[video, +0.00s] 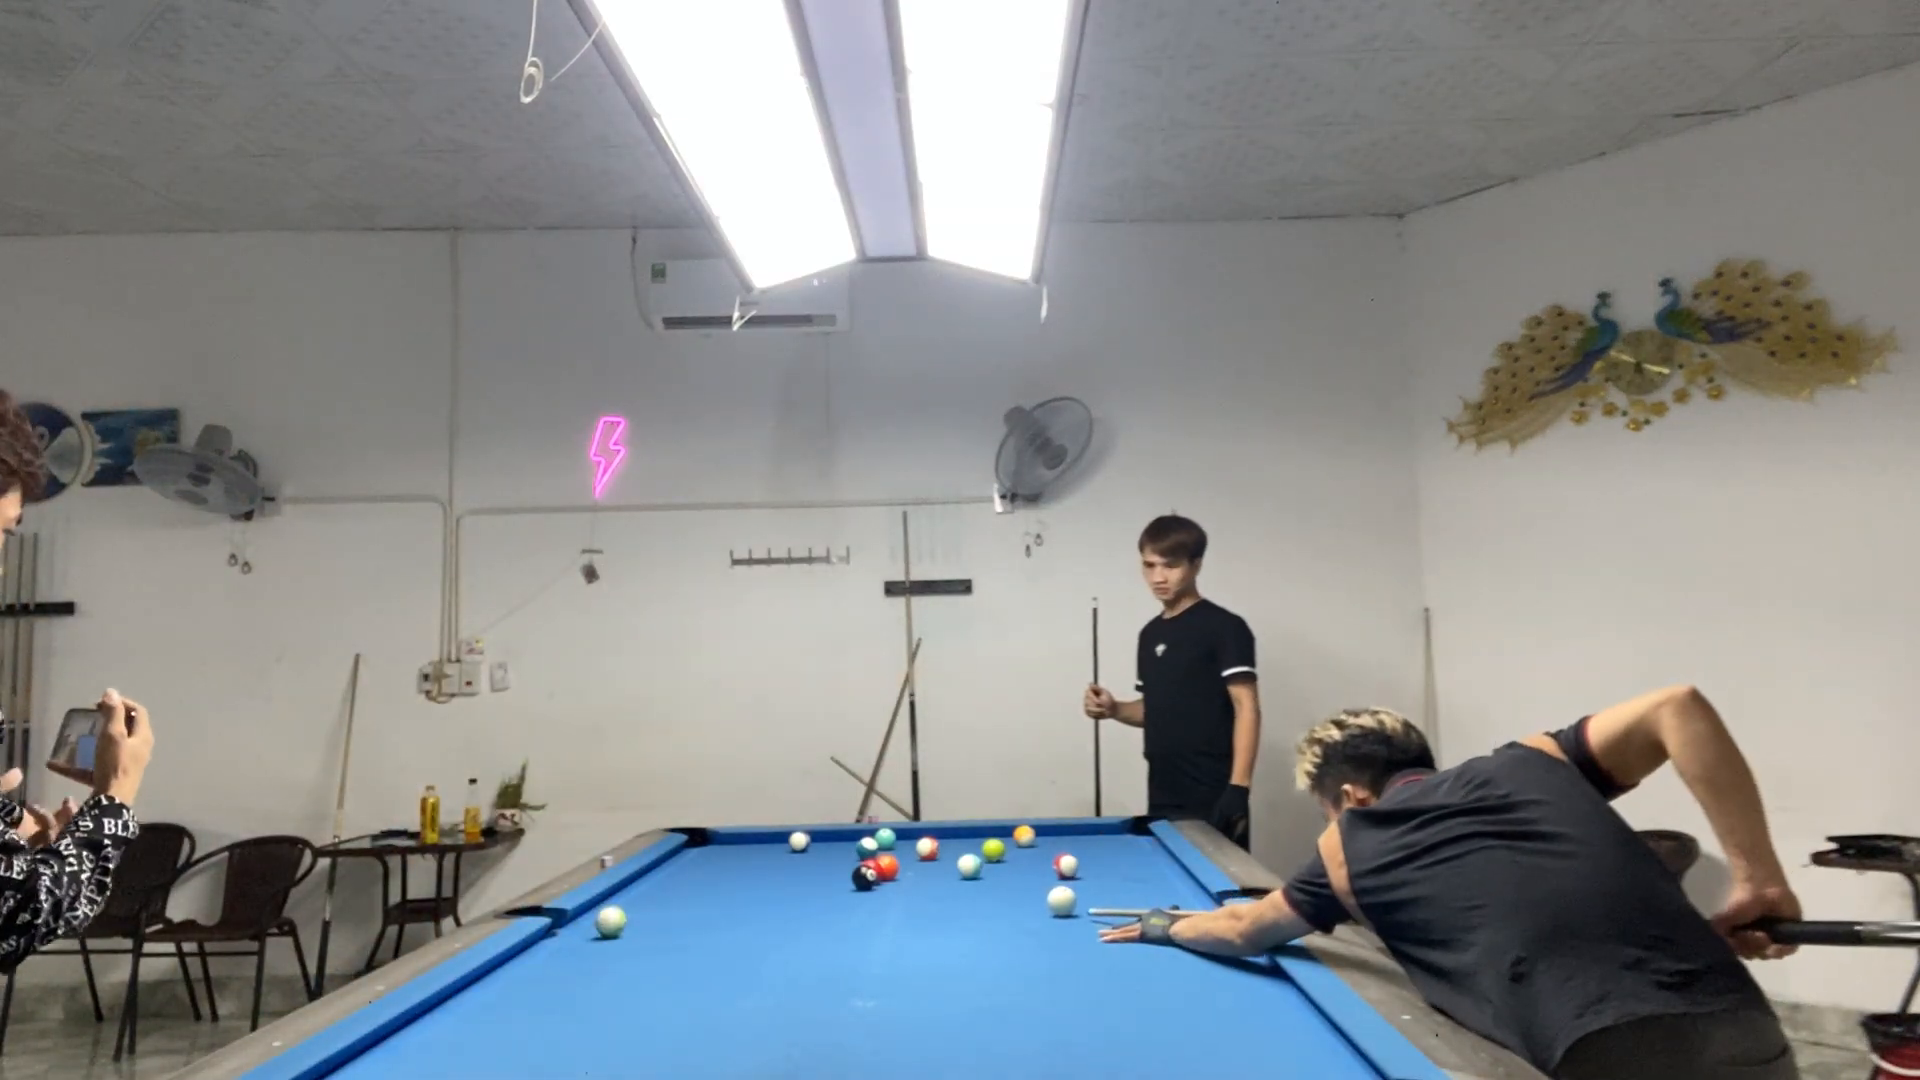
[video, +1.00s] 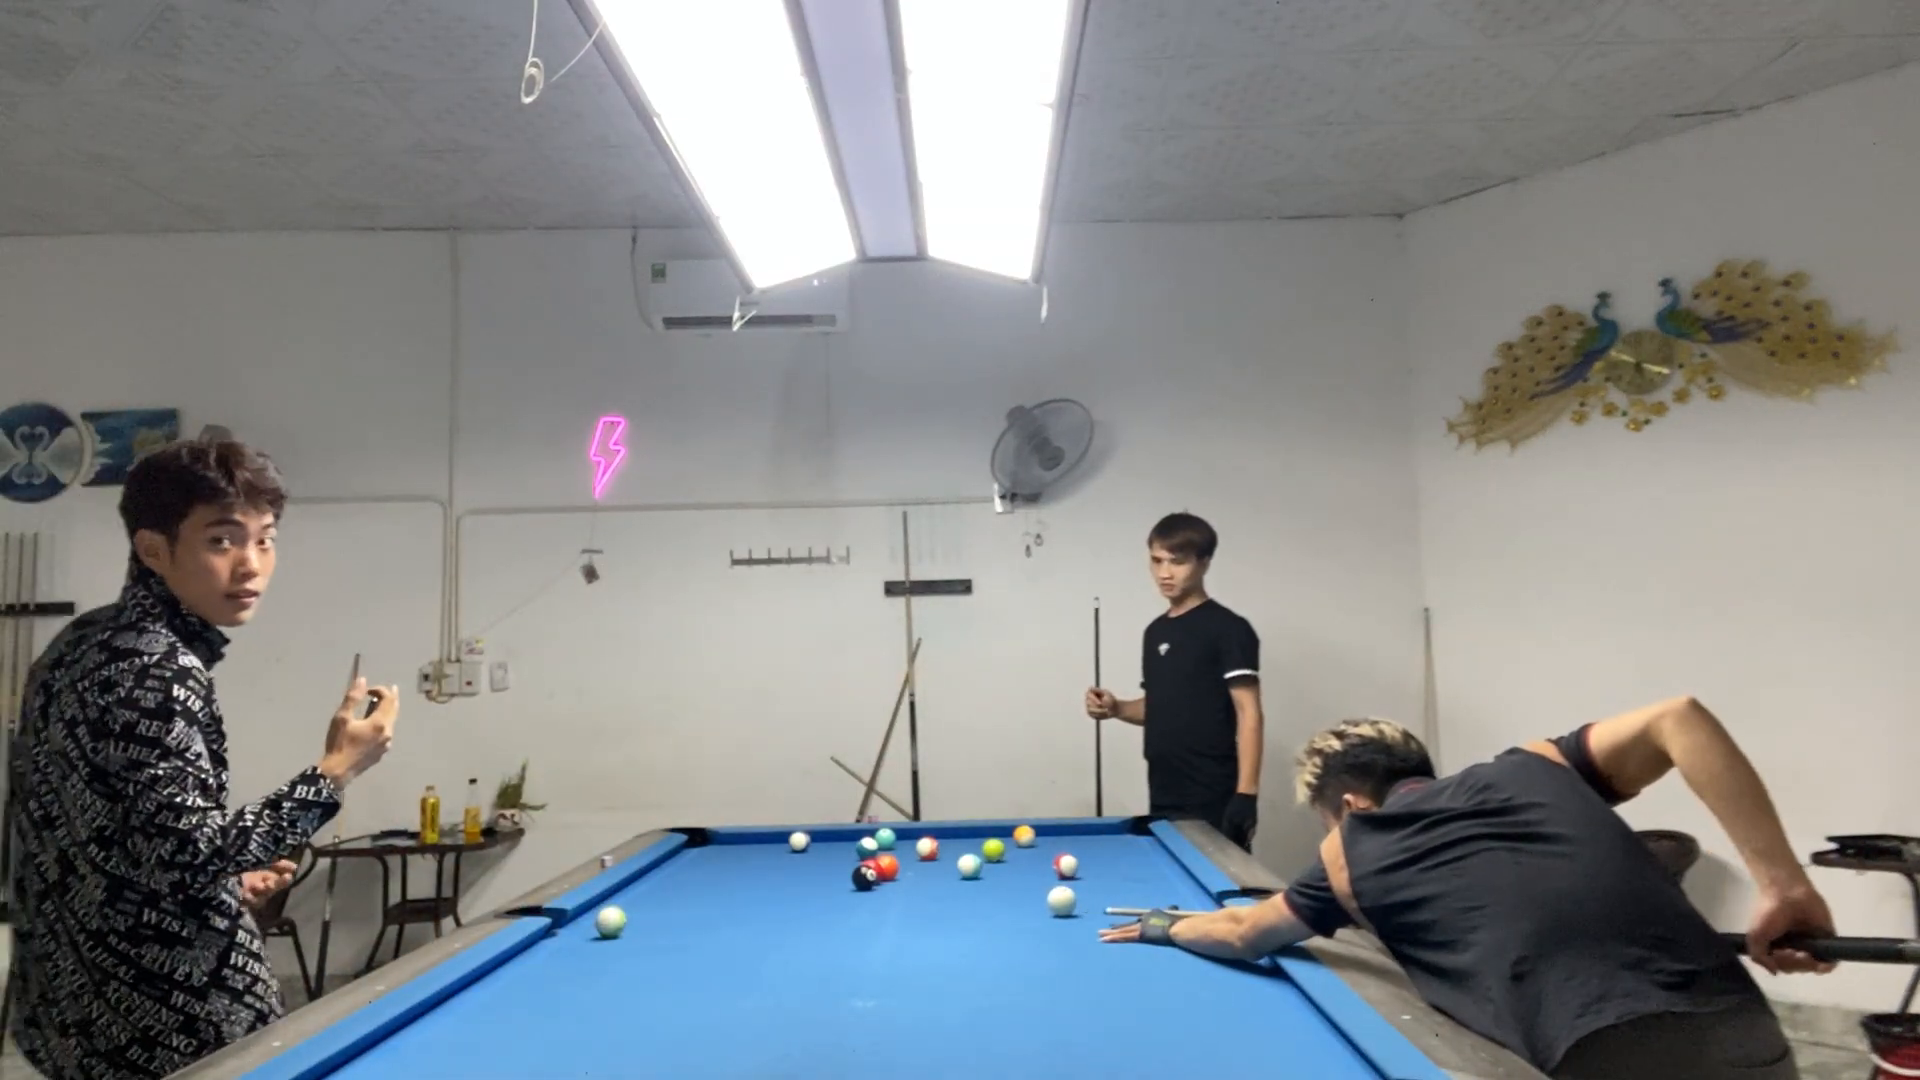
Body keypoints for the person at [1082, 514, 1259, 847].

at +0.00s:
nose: (1158, 577)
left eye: (1170, 566)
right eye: (1150, 566)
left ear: (1195, 566)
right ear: (1142, 567)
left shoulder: (1226, 629)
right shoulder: (1151, 635)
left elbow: (1247, 709)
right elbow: (1156, 712)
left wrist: (1239, 788)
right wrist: (1115, 708)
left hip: (1213, 796)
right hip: (1164, 795)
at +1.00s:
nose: (1164, 572)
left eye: (1177, 562)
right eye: (1157, 561)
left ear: (1203, 564)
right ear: (1149, 562)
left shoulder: (1230, 630)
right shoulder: (1156, 632)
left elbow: (1249, 713)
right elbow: (1159, 709)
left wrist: (1246, 794)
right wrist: (1117, 708)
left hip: (1214, 802)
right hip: (1165, 798)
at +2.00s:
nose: (1165, 573)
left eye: (1177, 562)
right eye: (1158, 562)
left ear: (1205, 563)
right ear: (1152, 563)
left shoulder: (1232, 631)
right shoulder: (1160, 633)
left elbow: (1250, 714)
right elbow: (1163, 710)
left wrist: (1249, 796)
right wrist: (1120, 707)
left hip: (1214, 801)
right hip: (1165, 798)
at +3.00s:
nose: (1209, 574)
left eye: (1223, 565)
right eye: (1202, 561)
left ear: (1249, 571)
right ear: (1194, 560)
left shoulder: (1275, 633)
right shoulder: (1174, 635)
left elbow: (1311, 711)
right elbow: (1167, 710)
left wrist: (1345, 794)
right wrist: (1148, 771)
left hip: (1266, 802)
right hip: (1204, 800)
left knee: (1279, 919)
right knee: (1209, 916)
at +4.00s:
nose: (1278, 558)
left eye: (1289, 542)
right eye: (1273, 545)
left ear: (1334, 541)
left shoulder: (1394, 616)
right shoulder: (1272, 630)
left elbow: (1415, 717)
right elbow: (1267, 720)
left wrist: (1315, 709)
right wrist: (1267, 806)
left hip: (1386, 836)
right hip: (1303, 837)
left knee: (1418, 979)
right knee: (1305, 973)